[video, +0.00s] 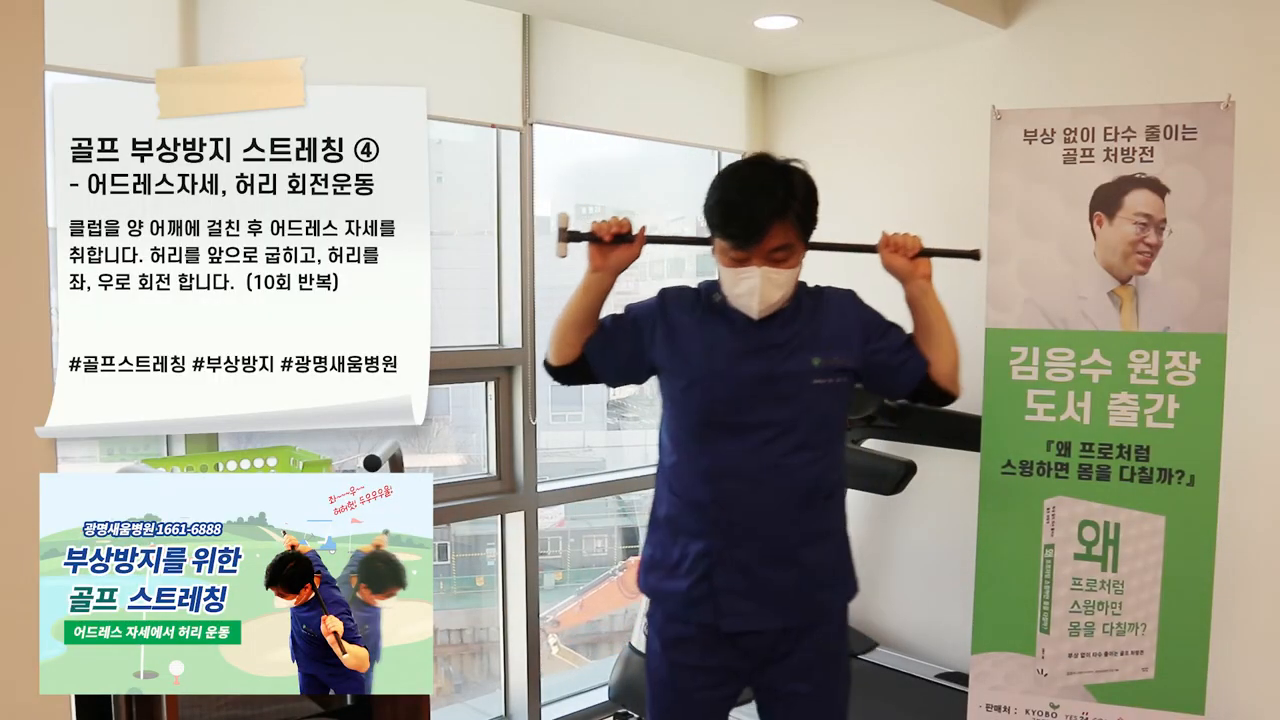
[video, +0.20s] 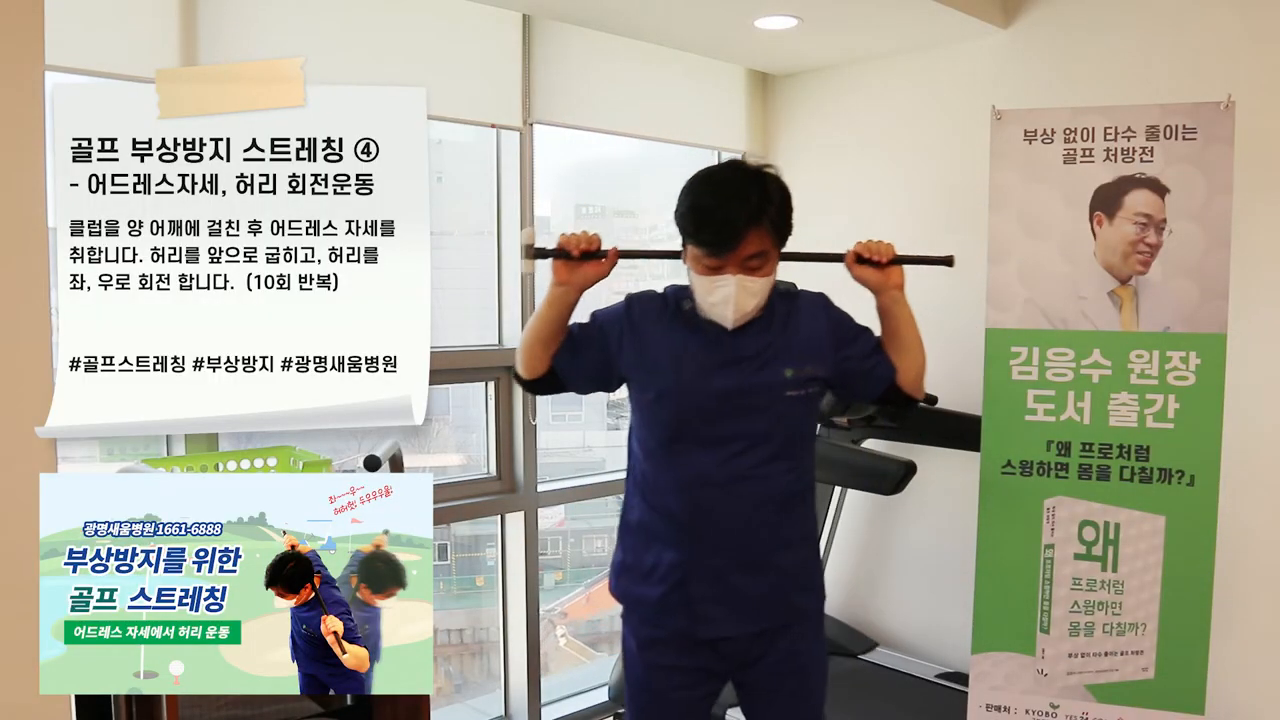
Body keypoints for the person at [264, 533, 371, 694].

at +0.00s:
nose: (278, 599)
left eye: (283, 596)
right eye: (276, 594)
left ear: (306, 590)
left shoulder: (334, 607)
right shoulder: (312, 570)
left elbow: (363, 665)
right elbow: (308, 552)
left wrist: (335, 642)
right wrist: (297, 547)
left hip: (344, 673)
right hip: (310, 667)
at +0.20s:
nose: (278, 599)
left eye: (283, 596)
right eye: (276, 594)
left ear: (306, 590)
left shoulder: (334, 607)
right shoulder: (312, 570)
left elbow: (363, 665)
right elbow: (308, 552)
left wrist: (335, 642)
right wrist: (297, 547)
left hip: (344, 673)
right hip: (310, 667)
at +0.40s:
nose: (278, 599)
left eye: (283, 596)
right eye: (276, 594)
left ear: (306, 590)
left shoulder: (334, 607)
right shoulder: (312, 570)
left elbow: (363, 665)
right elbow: (308, 552)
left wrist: (335, 642)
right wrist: (297, 547)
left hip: (344, 673)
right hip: (310, 667)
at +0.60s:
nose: (278, 599)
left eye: (283, 596)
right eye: (276, 594)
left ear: (306, 590)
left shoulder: (334, 607)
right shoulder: (312, 570)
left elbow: (363, 665)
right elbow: (308, 552)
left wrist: (335, 642)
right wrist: (297, 547)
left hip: (344, 673)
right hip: (310, 667)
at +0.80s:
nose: (278, 599)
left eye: (283, 596)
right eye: (276, 594)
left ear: (306, 590)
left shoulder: (334, 607)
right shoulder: (312, 570)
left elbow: (363, 665)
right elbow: (308, 552)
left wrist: (335, 642)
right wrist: (296, 547)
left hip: (344, 673)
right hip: (310, 667)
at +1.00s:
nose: (278, 599)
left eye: (283, 596)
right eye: (276, 594)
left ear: (306, 590)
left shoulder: (334, 607)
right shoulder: (312, 570)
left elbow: (363, 665)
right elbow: (308, 552)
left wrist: (335, 642)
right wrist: (296, 547)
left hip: (344, 673)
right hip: (310, 667)